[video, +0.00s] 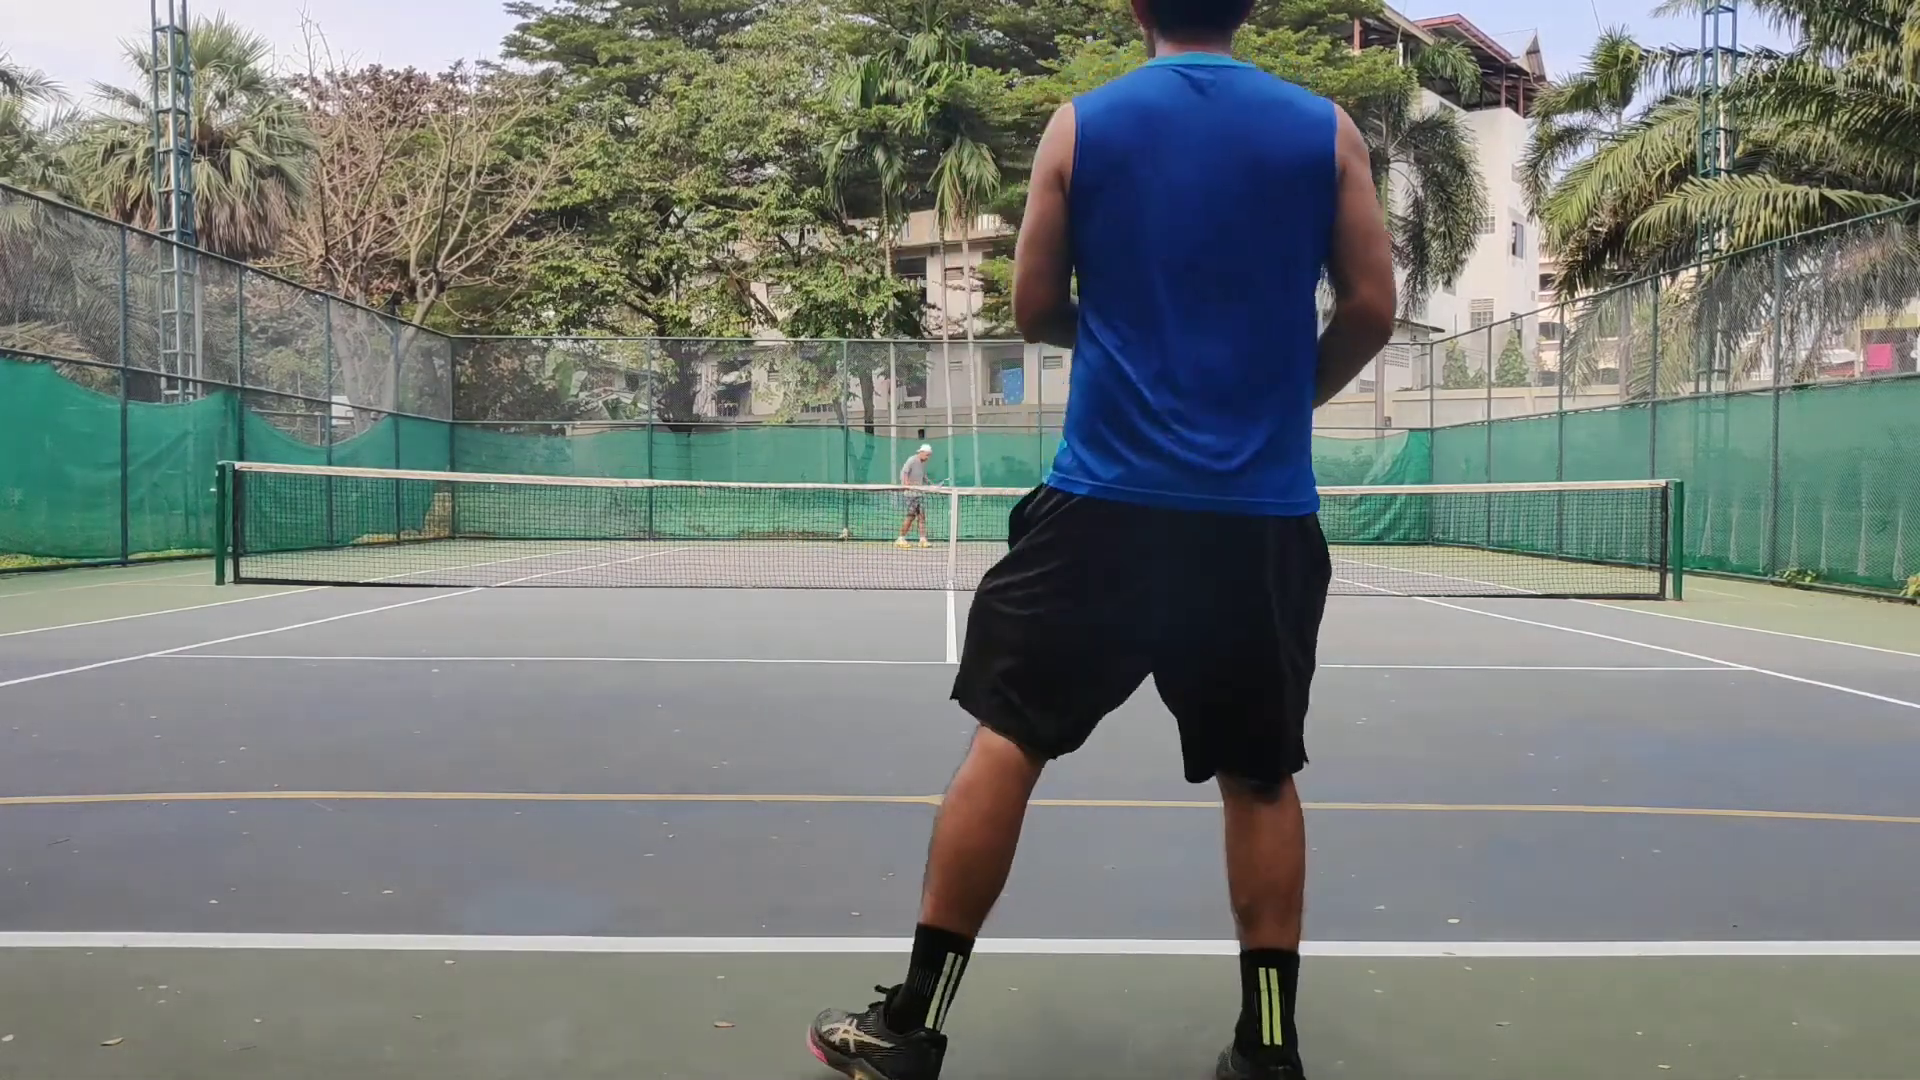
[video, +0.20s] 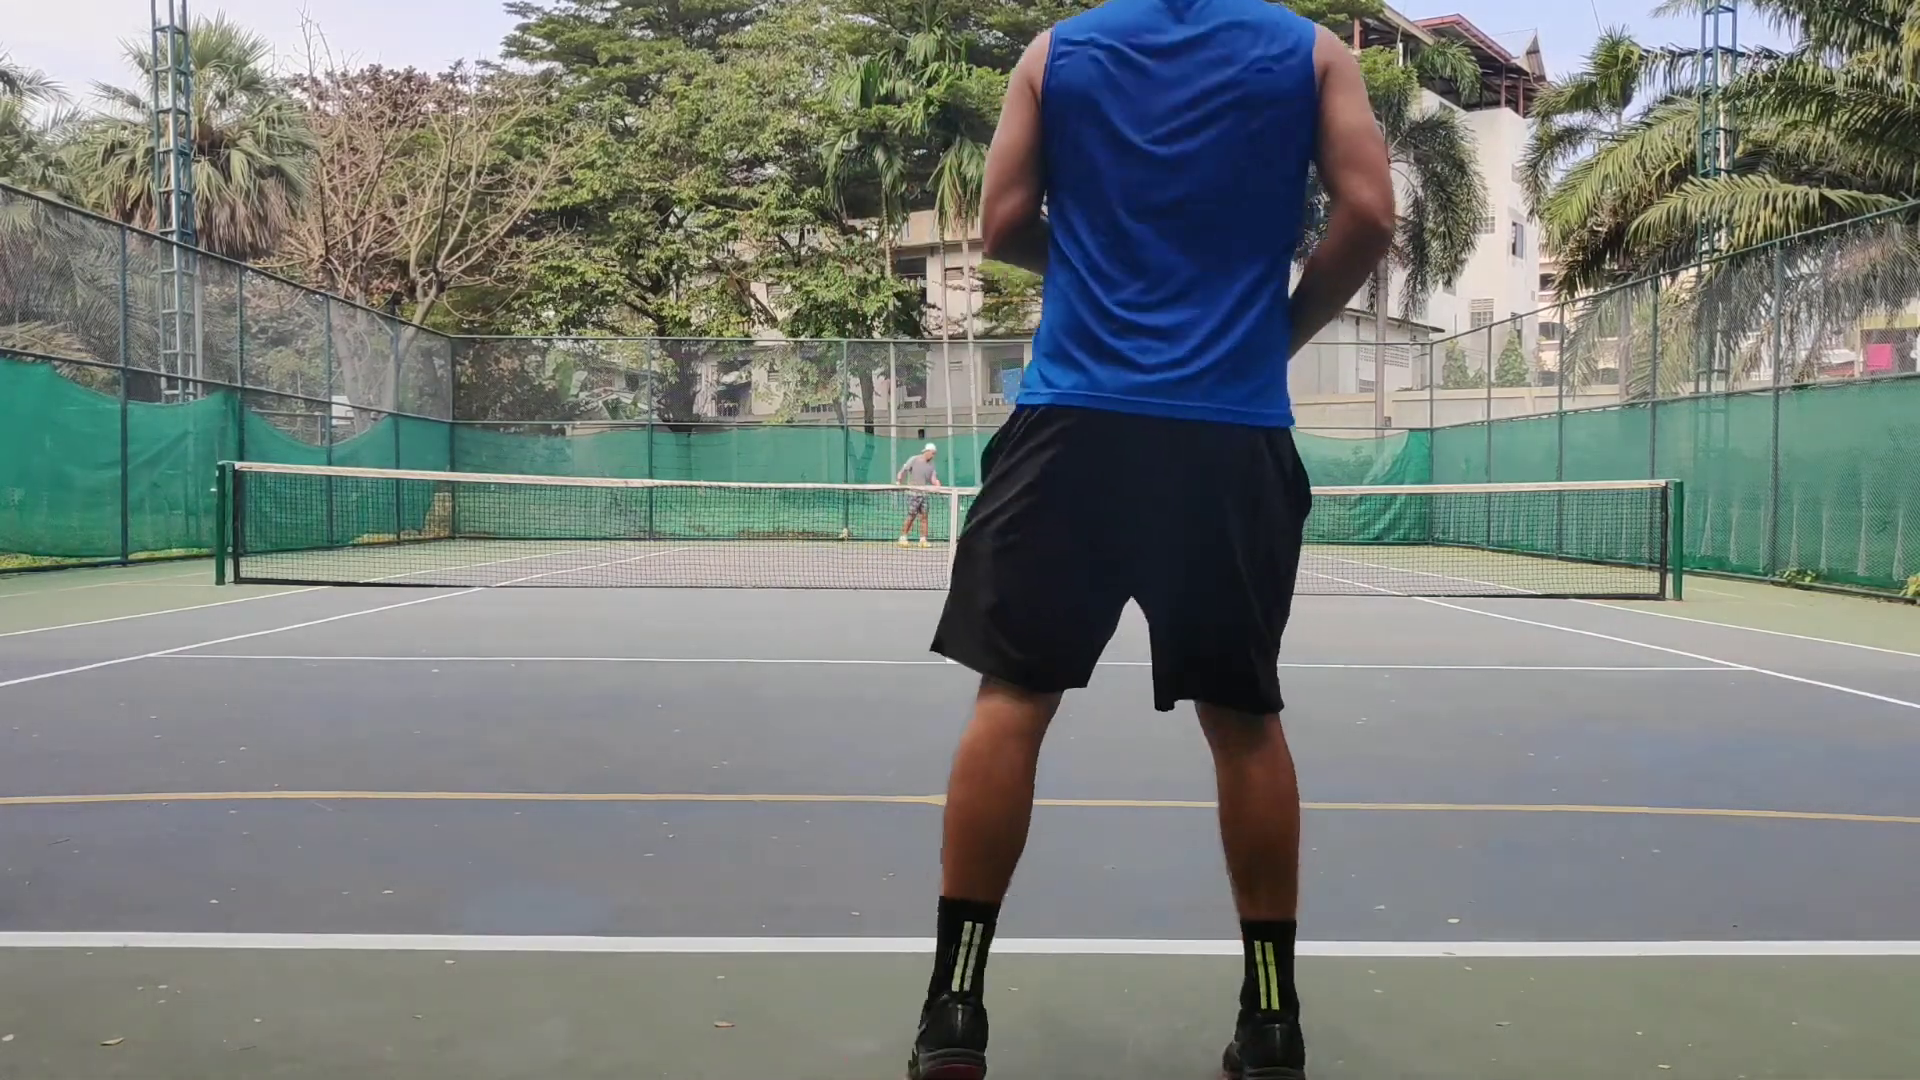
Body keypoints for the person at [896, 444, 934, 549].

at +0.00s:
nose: (927, 458)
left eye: (929, 455)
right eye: (927, 455)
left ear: (927, 455)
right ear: (921, 453)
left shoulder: (922, 462)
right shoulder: (912, 460)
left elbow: (922, 475)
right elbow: (904, 472)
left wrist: (930, 484)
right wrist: (906, 485)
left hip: (918, 491)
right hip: (910, 491)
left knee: (921, 516)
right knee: (912, 515)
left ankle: (923, 539)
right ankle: (901, 538)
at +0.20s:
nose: (932, 456)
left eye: (933, 454)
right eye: (931, 453)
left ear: (932, 454)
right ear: (926, 452)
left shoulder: (931, 465)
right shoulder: (914, 459)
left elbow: (932, 477)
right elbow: (902, 471)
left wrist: (937, 484)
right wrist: (899, 482)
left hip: (923, 490)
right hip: (913, 490)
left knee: (924, 515)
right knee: (912, 514)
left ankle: (923, 538)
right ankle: (903, 536)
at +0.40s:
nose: (934, 454)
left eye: (935, 452)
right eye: (933, 451)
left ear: (936, 453)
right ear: (927, 450)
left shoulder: (934, 463)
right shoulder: (916, 459)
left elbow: (935, 476)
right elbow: (907, 470)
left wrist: (928, 480)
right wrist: (903, 480)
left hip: (926, 487)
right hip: (915, 485)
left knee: (926, 514)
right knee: (912, 512)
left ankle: (924, 537)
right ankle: (905, 534)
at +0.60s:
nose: (932, 452)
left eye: (933, 450)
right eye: (930, 449)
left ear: (934, 451)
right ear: (925, 449)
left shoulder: (934, 462)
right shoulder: (916, 459)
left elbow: (933, 477)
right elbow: (911, 472)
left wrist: (920, 479)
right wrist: (909, 478)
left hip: (928, 489)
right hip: (916, 488)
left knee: (926, 514)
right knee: (911, 513)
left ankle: (924, 537)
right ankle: (910, 532)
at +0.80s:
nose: (927, 451)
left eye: (929, 449)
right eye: (925, 448)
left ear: (931, 450)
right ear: (921, 449)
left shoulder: (933, 461)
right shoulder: (915, 460)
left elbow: (935, 474)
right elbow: (913, 473)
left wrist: (931, 483)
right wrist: (913, 485)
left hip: (928, 490)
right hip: (916, 489)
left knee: (926, 515)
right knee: (914, 514)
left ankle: (925, 537)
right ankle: (918, 533)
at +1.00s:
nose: (924, 452)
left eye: (926, 449)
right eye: (922, 449)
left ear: (929, 451)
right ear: (919, 450)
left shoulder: (933, 462)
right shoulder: (914, 461)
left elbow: (934, 475)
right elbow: (911, 475)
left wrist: (932, 488)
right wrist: (910, 487)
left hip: (928, 491)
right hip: (916, 491)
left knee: (927, 514)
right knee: (916, 514)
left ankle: (924, 535)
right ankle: (918, 534)